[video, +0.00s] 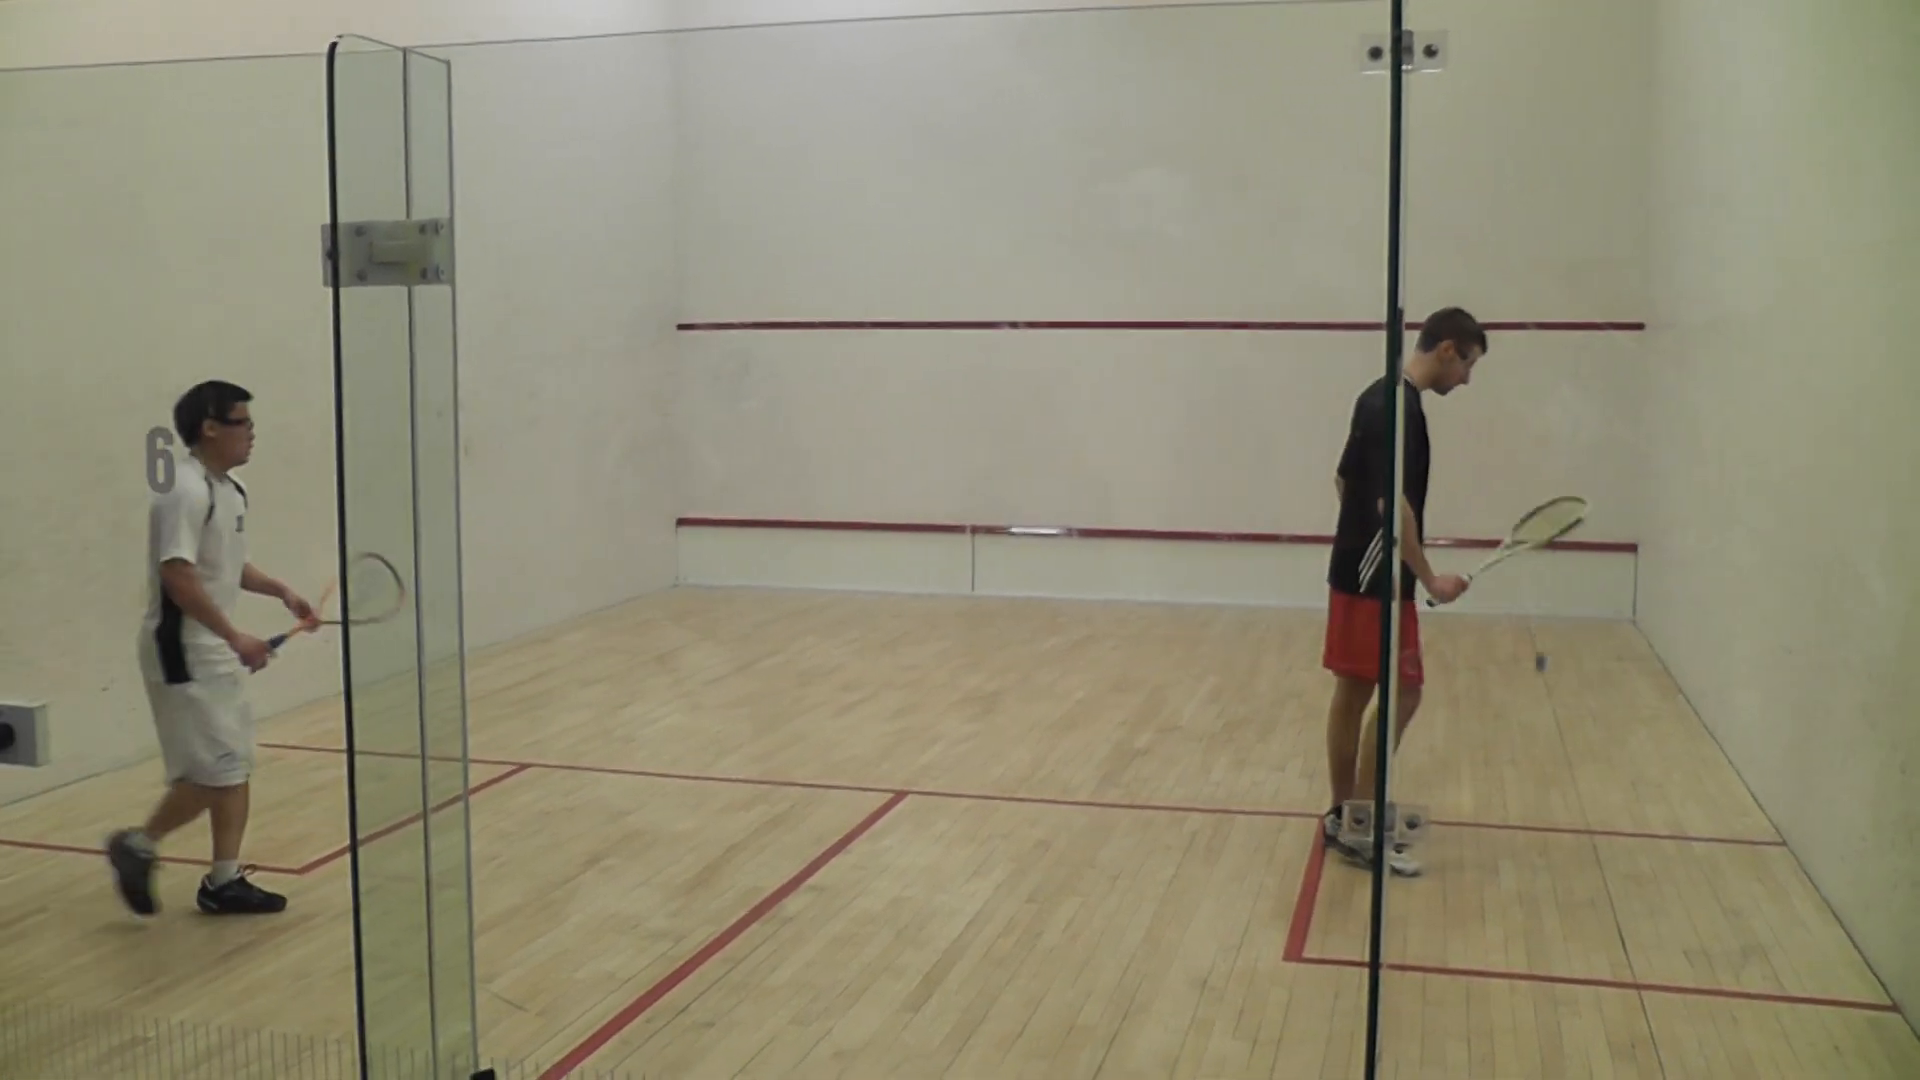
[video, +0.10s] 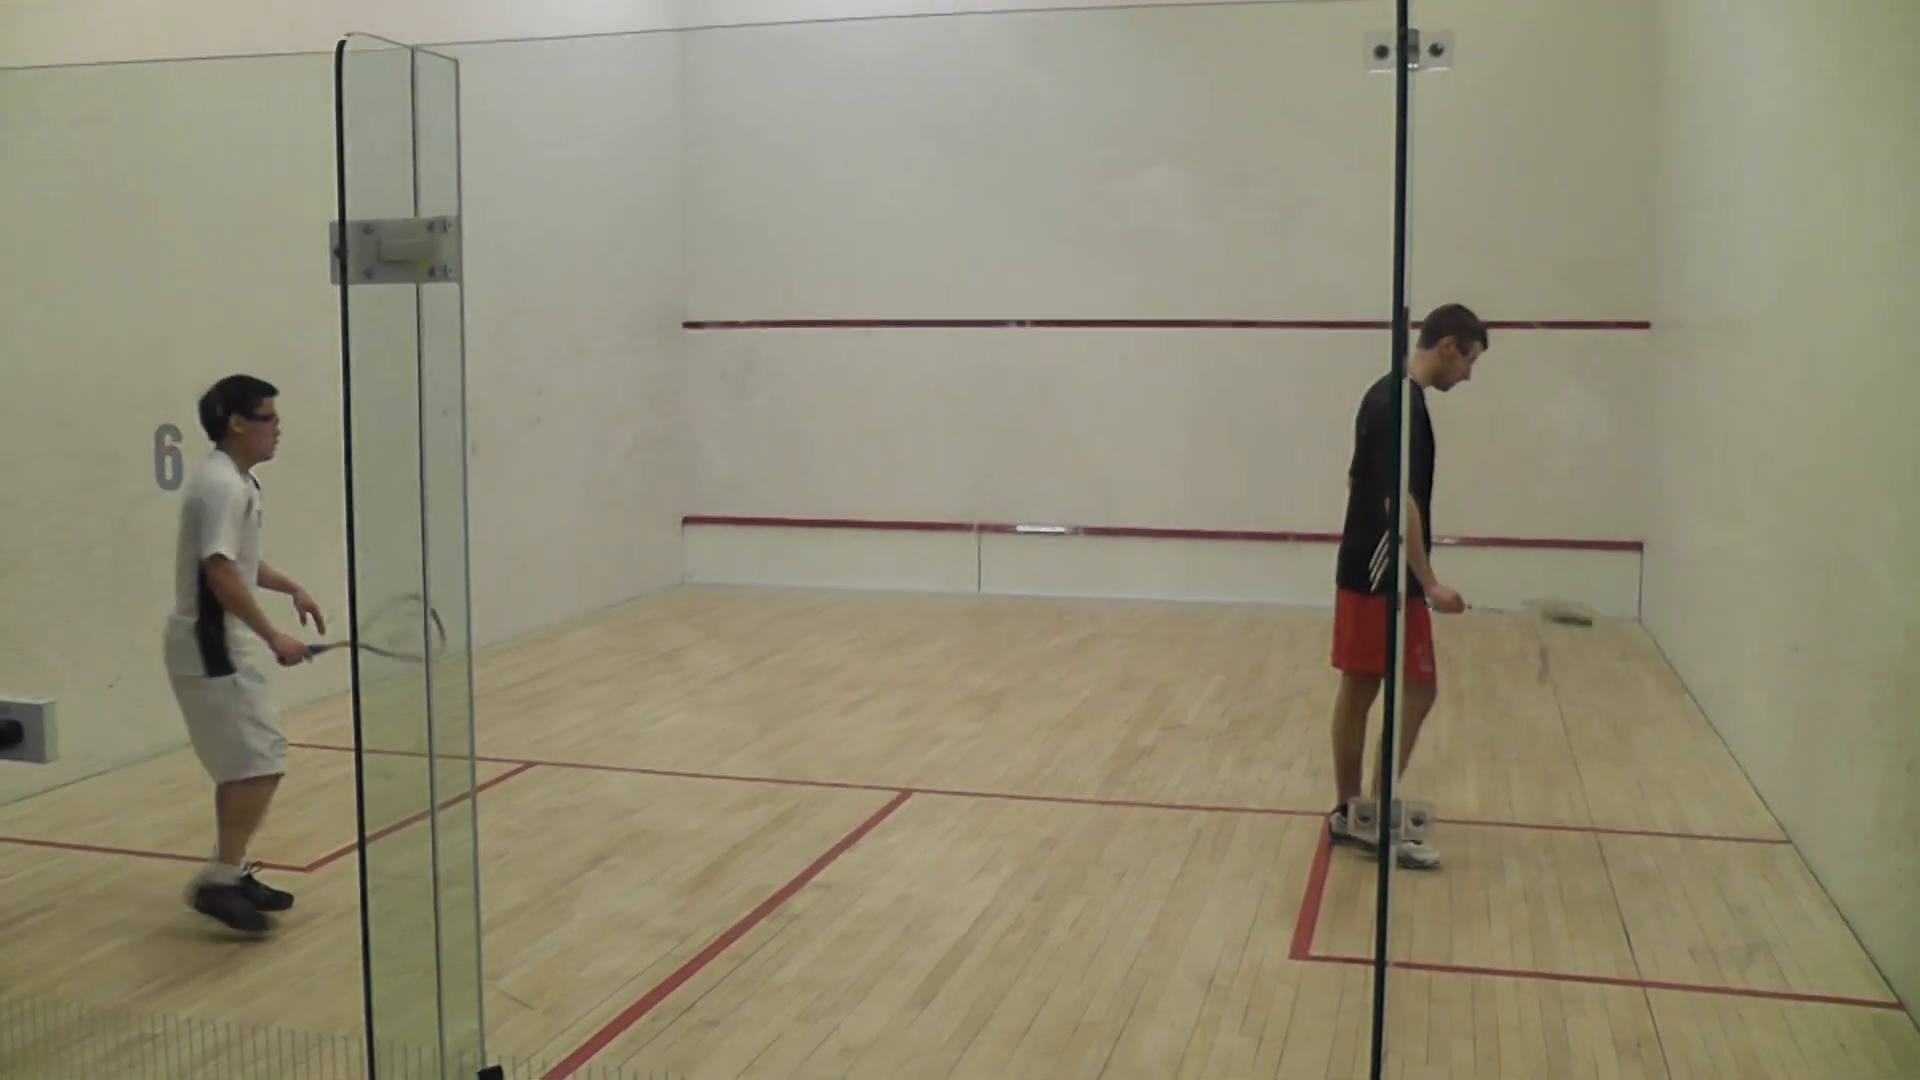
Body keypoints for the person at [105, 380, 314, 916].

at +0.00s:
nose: (251, 432)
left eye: (250, 422)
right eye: (240, 423)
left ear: (220, 431)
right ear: (206, 430)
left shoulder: (230, 491)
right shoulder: (184, 488)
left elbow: (227, 567)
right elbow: (177, 577)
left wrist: (283, 592)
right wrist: (235, 637)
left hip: (216, 643)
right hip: (181, 646)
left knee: (234, 762)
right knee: (212, 768)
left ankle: (224, 879)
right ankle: (137, 845)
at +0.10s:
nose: (277, 428)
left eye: (276, 418)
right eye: (267, 419)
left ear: (242, 426)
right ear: (234, 425)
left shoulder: (239, 481)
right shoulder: (219, 483)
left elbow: (242, 563)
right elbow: (218, 571)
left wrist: (293, 587)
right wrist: (273, 635)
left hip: (221, 644)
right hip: (208, 647)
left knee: (246, 759)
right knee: (261, 759)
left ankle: (232, 873)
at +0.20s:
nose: (301, 434)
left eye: (300, 423)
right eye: (291, 424)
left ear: (255, 432)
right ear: (260, 430)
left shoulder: (228, 480)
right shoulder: (262, 491)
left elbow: (252, 573)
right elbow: (266, 586)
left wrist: (295, 605)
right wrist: (312, 647)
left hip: (208, 652)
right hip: (243, 659)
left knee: (243, 766)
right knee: (283, 775)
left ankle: (235, 877)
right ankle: (299, 905)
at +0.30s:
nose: (323, 443)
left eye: (322, 432)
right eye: (316, 432)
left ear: (271, 438)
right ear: (285, 437)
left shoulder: (229, 489)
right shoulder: (301, 502)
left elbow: (209, 572)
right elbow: (313, 596)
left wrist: (266, 601)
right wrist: (343, 665)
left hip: (218, 662)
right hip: (269, 668)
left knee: (249, 771)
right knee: (301, 787)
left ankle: (243, 880)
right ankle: (311, 914)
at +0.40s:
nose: (341, 446)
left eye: (340, 435)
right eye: (334, 436)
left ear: (289, 441)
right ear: (304, 440)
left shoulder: (231, 492)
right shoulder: (323, 503)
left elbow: (206, 573)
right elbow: (338, 597)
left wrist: (257, 602)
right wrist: (368, 671)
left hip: (233, 667)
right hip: (296, 671)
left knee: (259, 778)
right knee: (322, 789)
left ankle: (257, 895)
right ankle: (321, 913)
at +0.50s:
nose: (361, 444)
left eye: (360, 433)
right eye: (355, 434)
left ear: (300, 440)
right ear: (325, 440)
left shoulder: (249, 495)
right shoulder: (350, 504)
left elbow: (226, 578)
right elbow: (366, 599)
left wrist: (278, 606)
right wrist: (401, 674)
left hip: (262, 674)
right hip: (331, 674)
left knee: (278, 794)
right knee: (350, 793)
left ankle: (280, 905)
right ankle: (345, 914)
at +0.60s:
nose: (375, 445)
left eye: (373, 434)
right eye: (368, 436)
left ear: (314, 443)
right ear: (340, 443)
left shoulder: (265, 500)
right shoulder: (372, 506)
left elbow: (245, 586)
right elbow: (395, 599)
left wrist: (301, 607)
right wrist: (426, 675)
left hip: (286, 682)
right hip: (359, 680)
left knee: (297, 806)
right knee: (375, 796)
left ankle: (302, 923)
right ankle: (367, 916)